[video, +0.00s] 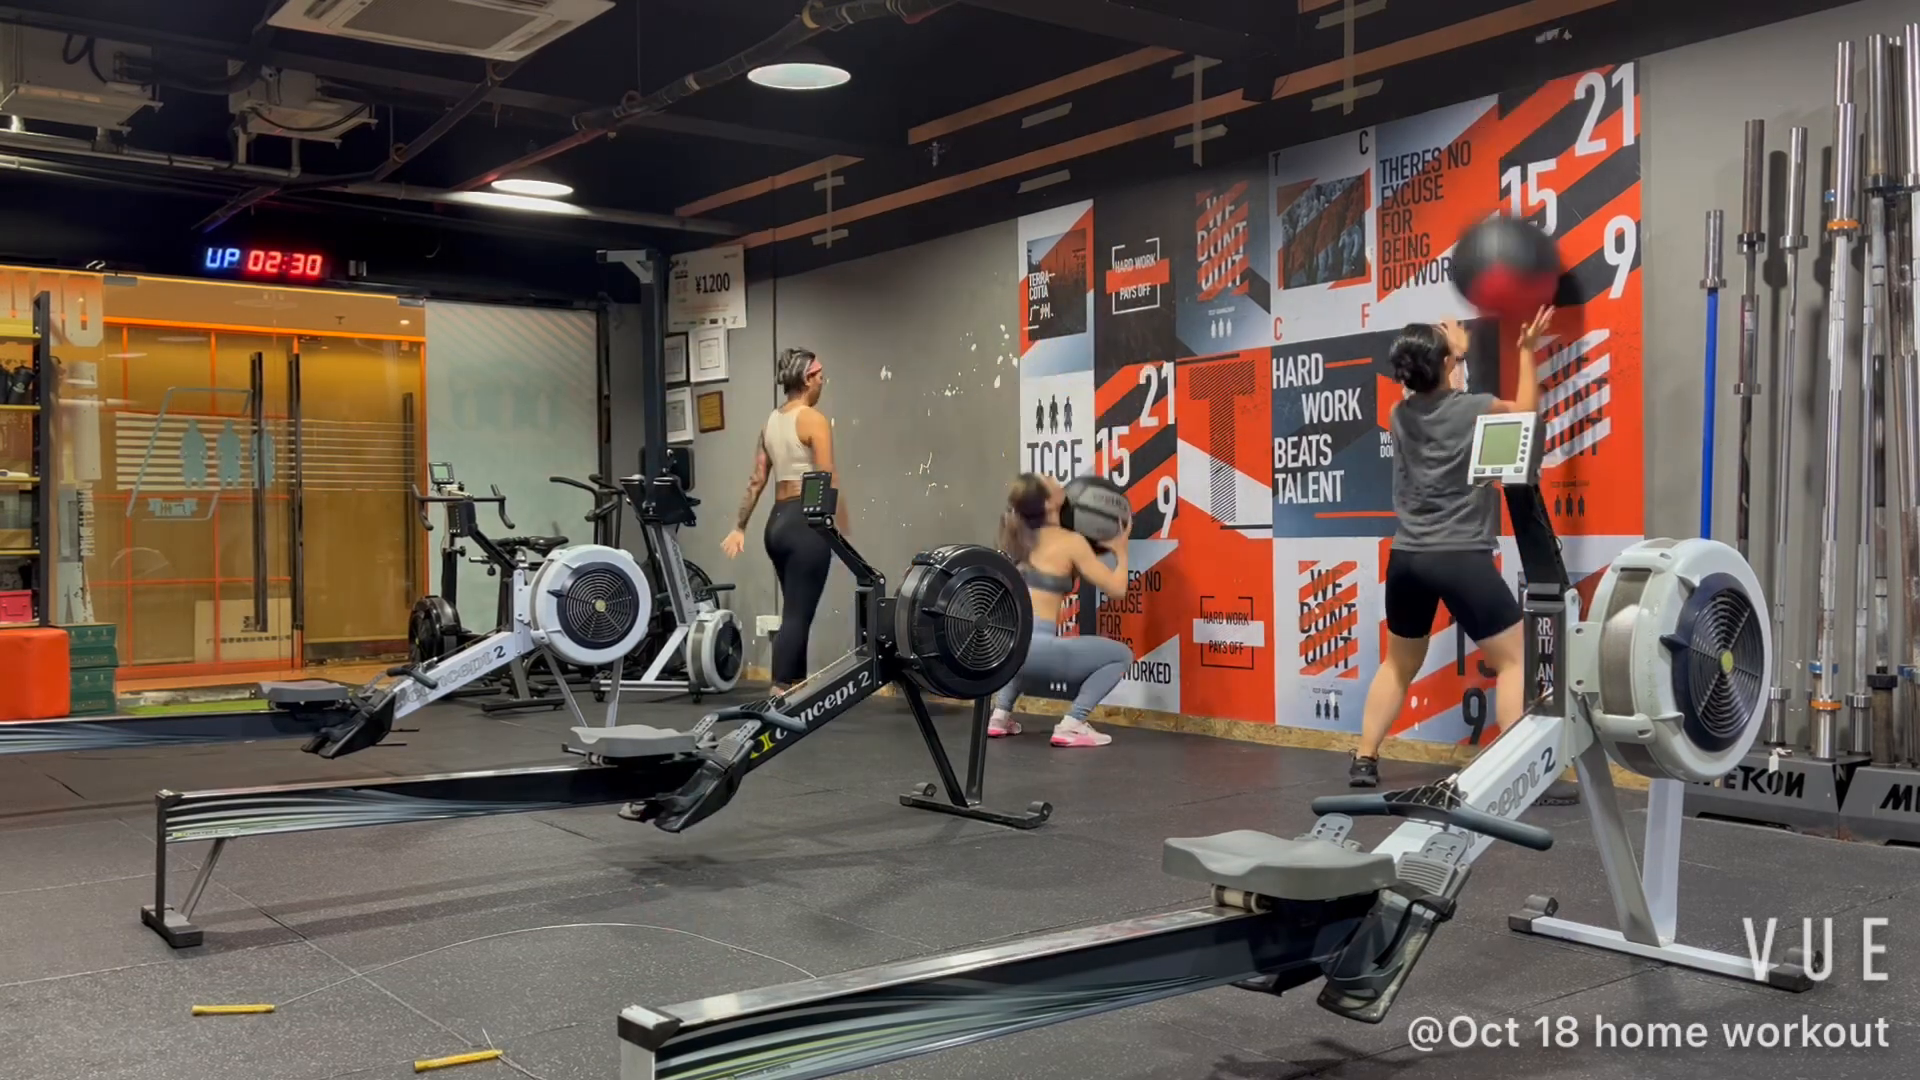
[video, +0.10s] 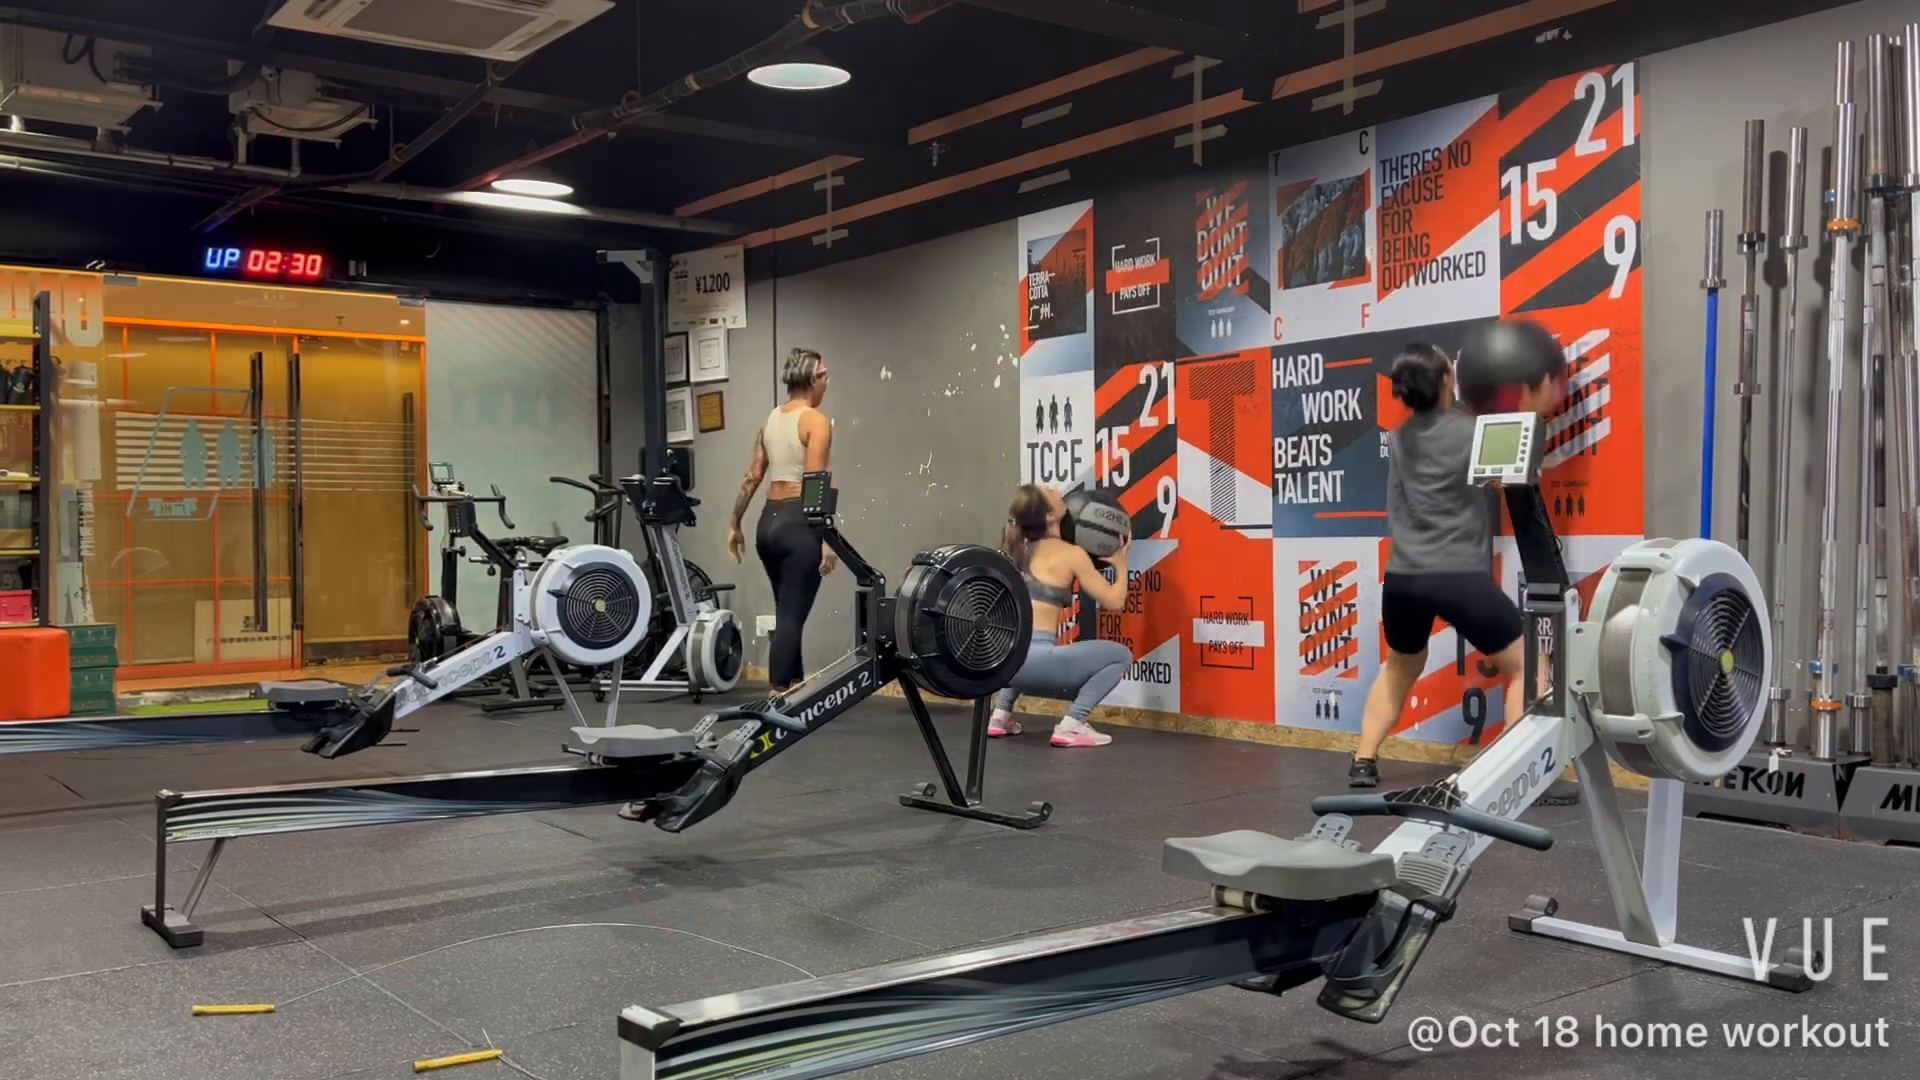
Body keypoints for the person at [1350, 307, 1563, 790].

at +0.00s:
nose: (1460, 336)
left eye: (1453, 334)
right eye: (1454, 338)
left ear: (1414, 371)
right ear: (1451, 364)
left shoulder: (1402, 414)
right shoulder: (1476, 407)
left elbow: (1437, 395)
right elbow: (1526, 414)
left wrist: (1451, 351)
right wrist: (1528, 354)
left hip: (1407, 561)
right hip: (1464, 562)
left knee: (1398, 665)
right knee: (1512, 662)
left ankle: (1363, 760)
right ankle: (1516, 772)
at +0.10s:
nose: (1454, 375)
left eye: (1450, 368)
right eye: (1449, 371)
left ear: (1407, 390)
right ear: (1444, 384)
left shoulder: (1400, 438)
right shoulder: (1468, 432)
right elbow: (1519, 457)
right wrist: (1536, 410)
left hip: (1403, 580)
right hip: (1461, 580)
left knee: (1398, 668)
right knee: (1525, 668)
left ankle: (1363, 763)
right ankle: (1520, 771)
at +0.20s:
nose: (1467, 415)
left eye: (1462, 408)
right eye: (1461, 410)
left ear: (1415, 426)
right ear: (1454, 419)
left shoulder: (1404, 471)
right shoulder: (1478, 469)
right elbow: (1506, 534)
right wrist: (1544, 489)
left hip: (1391, 607)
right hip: (1451, 608)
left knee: (1398, 674)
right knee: (1539, 669)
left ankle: (1363, 762)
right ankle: (1522, 773)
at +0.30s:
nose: (1473, 453)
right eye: (1471, 447)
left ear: (1421, 458)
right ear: (1465, 455)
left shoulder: (1413, 505)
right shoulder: (1488, 510)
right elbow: (1515, 579)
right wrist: (1547, 525)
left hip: (1385, 639)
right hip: (1448, 639)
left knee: (1392, 680)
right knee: (1545, 669)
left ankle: (1363, 762)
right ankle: (1534, 776)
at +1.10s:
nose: (1483, 421)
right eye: (1479, 417)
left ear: (1432, 430)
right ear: (1476, 423)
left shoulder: (1419, 475)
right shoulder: (1490, 479)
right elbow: (1520, 550)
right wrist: (1540, 494)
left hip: (1401, 600)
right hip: (1462, 601)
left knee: (1404, 671)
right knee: (1539, 670)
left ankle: (1365, 759)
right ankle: (1530, 776)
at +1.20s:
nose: (1475, 374)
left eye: (1470, 367)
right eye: (1471, 368)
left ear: (1425, 383)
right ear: (1466, 376)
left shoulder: (1416, 429)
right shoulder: (1487, 424)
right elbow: (1525, 461)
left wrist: (1524, 420)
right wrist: (1539, 417)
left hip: (1413, 569)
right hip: (1473, 569)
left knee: (1403, 664)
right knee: (1526, 660)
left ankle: (1366, 754)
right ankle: (1527, 774)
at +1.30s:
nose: (1461, 323)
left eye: (1455, 318)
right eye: (1458, 319)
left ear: (1413, 342)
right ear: (1456, 333)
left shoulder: (1409, 383)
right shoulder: (1485, 376)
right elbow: (1542, 393)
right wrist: (1532, 336)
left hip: (1425, 529)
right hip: (1482, 526)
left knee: (1401, 633)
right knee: (1510, 631)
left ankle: (1368, 731)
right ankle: (1539, 745)